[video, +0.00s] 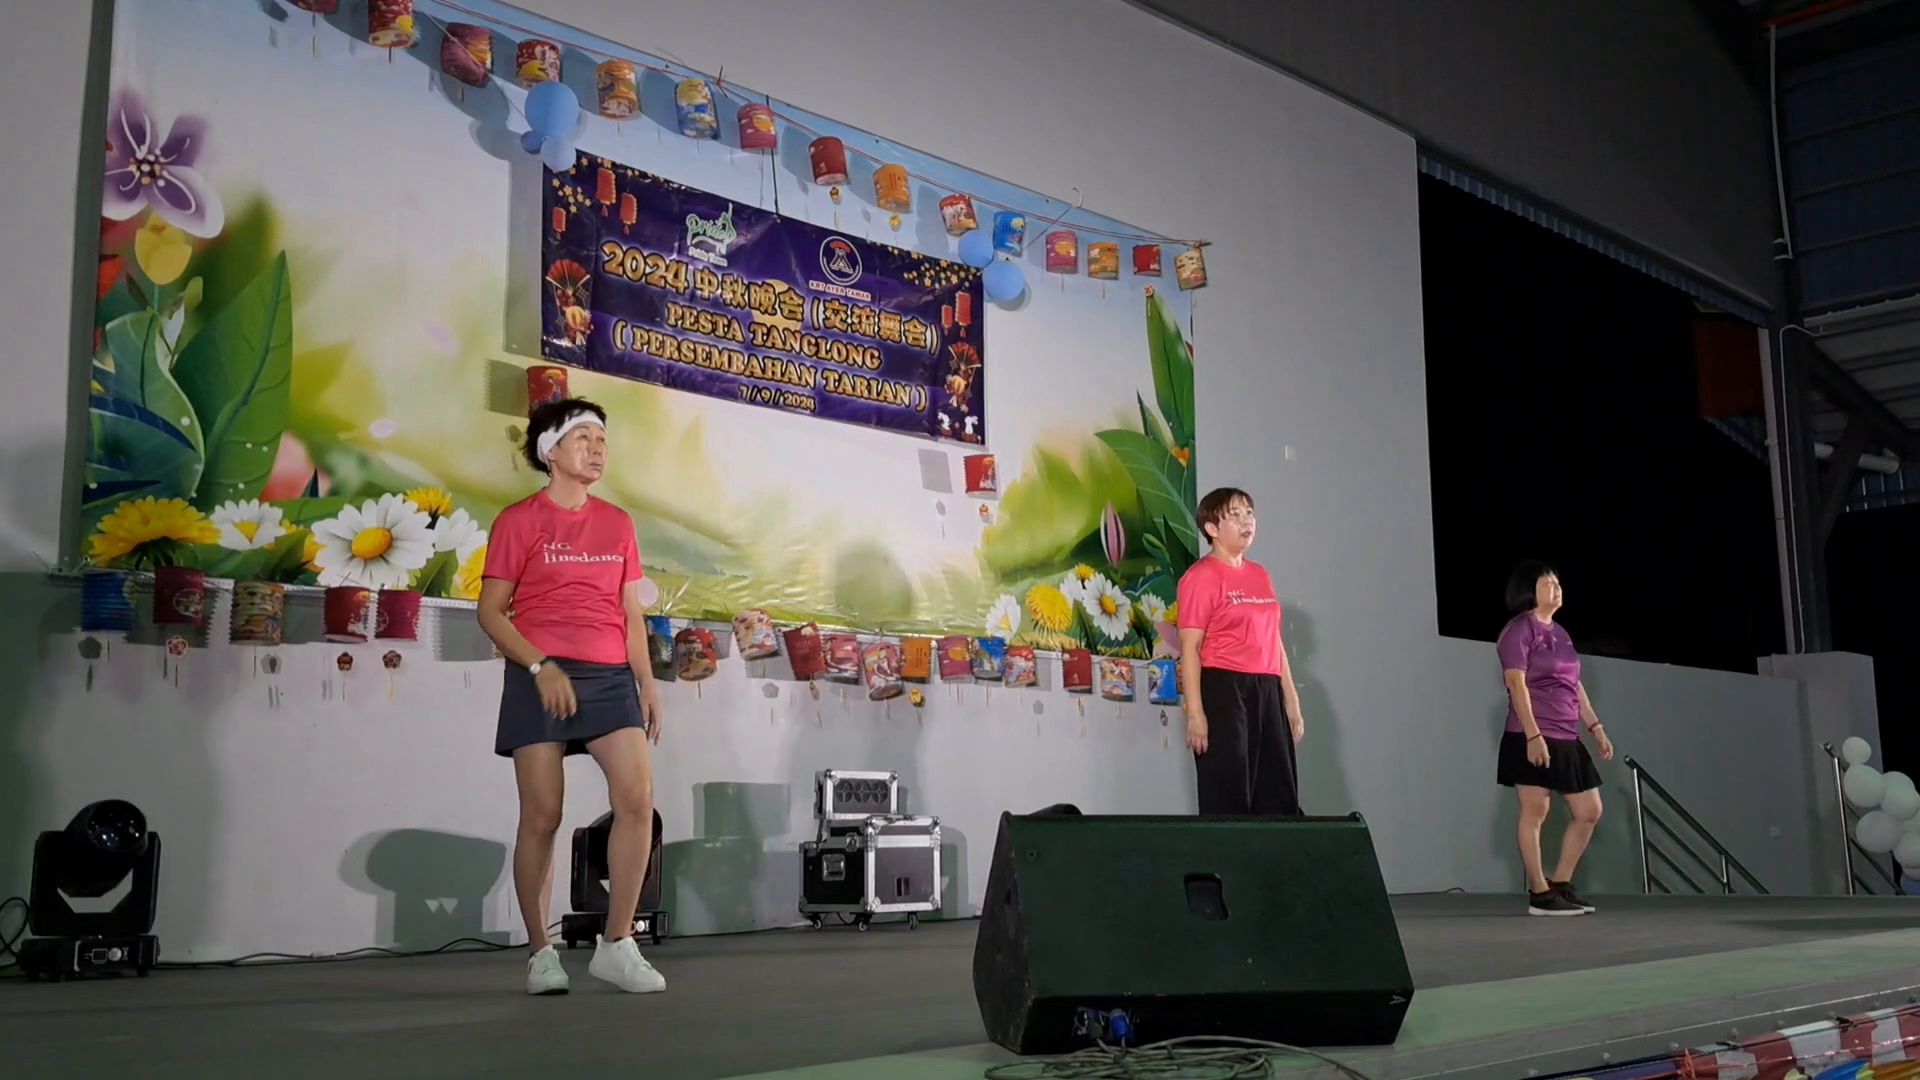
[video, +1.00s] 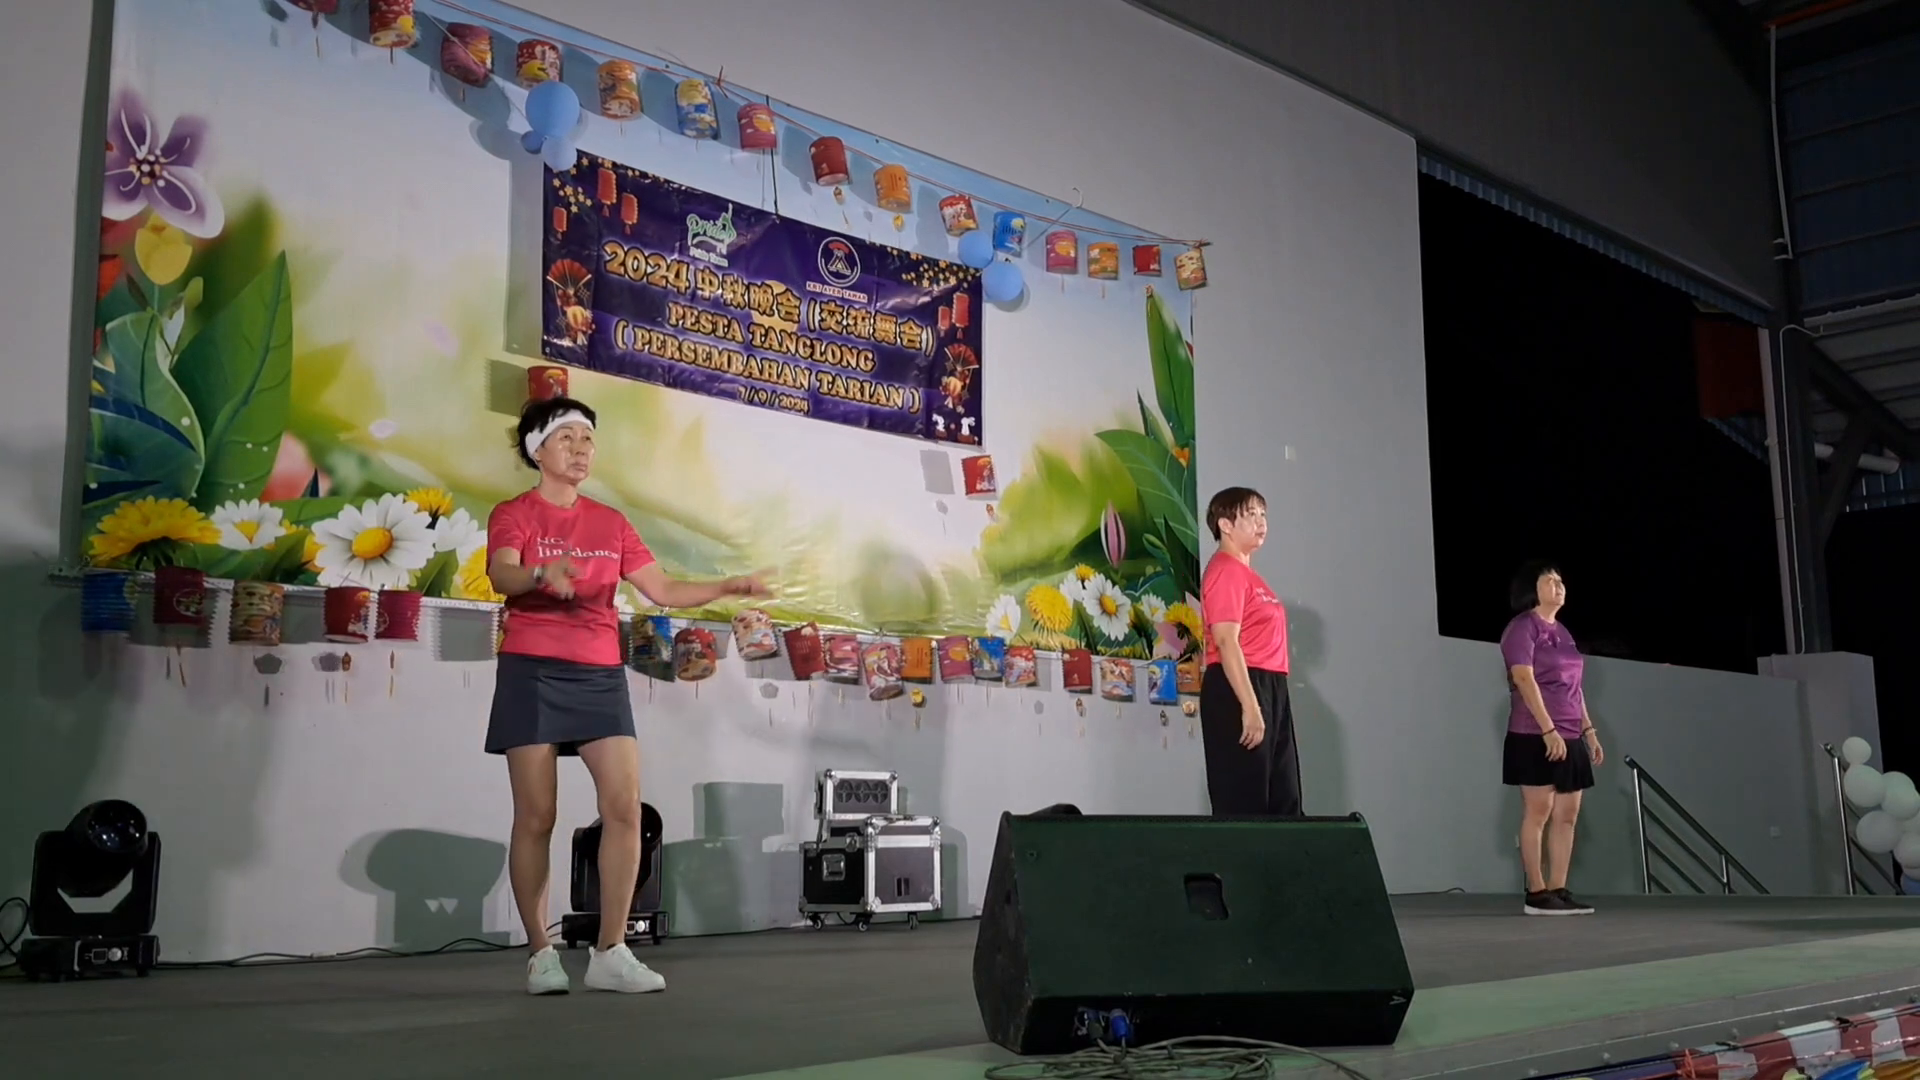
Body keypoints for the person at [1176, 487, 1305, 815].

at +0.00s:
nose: (1247, 522)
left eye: (1250, 514)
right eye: (1236, 515)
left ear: (1256, 521)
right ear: (1212, 528)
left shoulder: (1261, 576)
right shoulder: (1200, 577)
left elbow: (1275, 643)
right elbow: (1189, 648)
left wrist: (1291, 700)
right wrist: (1194, 713)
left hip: (1269, 693)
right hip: (1224, 691)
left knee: (1277, 794)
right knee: (1229, 796)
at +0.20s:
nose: (1245, 523)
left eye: (1248, 515)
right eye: (1233, 517)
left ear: (1253, 521)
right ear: (1209, 529)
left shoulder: (1259, 574)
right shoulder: (1199, 578)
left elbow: (1276, 641)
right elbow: (1189, 649)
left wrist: (1301, 694)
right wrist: (1195, 714)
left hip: (1268, 696)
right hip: (1224, 694)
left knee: (1281, 797)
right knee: (1228, 801)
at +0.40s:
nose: (1248, 524)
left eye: (1251, 517)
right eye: (1237, 517)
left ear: (1256, 523)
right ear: (1212, 527)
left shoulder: (1253, 572)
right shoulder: (1202, 578)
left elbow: (1270, 642)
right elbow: (1193, 649)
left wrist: (1297, 694)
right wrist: (1202, 713)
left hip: (1270, 695)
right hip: (1228, 694)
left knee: (1283, 798)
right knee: (1231, 803)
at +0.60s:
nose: (1252, 524)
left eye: (1255, 517)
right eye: (1242, 517)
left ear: (1260, 523)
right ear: (1216, 526)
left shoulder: (1252, 572)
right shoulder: (1208, 577)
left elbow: (1258, 639)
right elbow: (1203, 648)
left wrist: (1275, 703)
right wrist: (1218, 712)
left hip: (1271, 691)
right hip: (1233, 689)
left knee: (1283, 796)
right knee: (1233, 800)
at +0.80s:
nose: (1258, 525)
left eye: (1260, 517)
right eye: (1248, 517)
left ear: (1265, 522)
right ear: (1223, 526)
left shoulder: (1246, 571)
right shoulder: (1218, 573)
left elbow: (1256, 643)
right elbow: (1215, 645)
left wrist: (1276, 708)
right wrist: (1236, 709)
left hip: (1271, 691)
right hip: (1237, 690)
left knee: (1283, 799)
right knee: (1239, 801)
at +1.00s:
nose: (1261, 524)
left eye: (1263, 517)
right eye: (1251, 517)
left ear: (1267, 521)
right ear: (1226, 525)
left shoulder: (1244, 570)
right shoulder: (1226, 570)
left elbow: (1249, 641)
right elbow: (1226, 640)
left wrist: (1275, 704)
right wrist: (1249, 705)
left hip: (1270, 686)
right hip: (1240, 685)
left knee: (1283, 796)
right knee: (1244, 798)